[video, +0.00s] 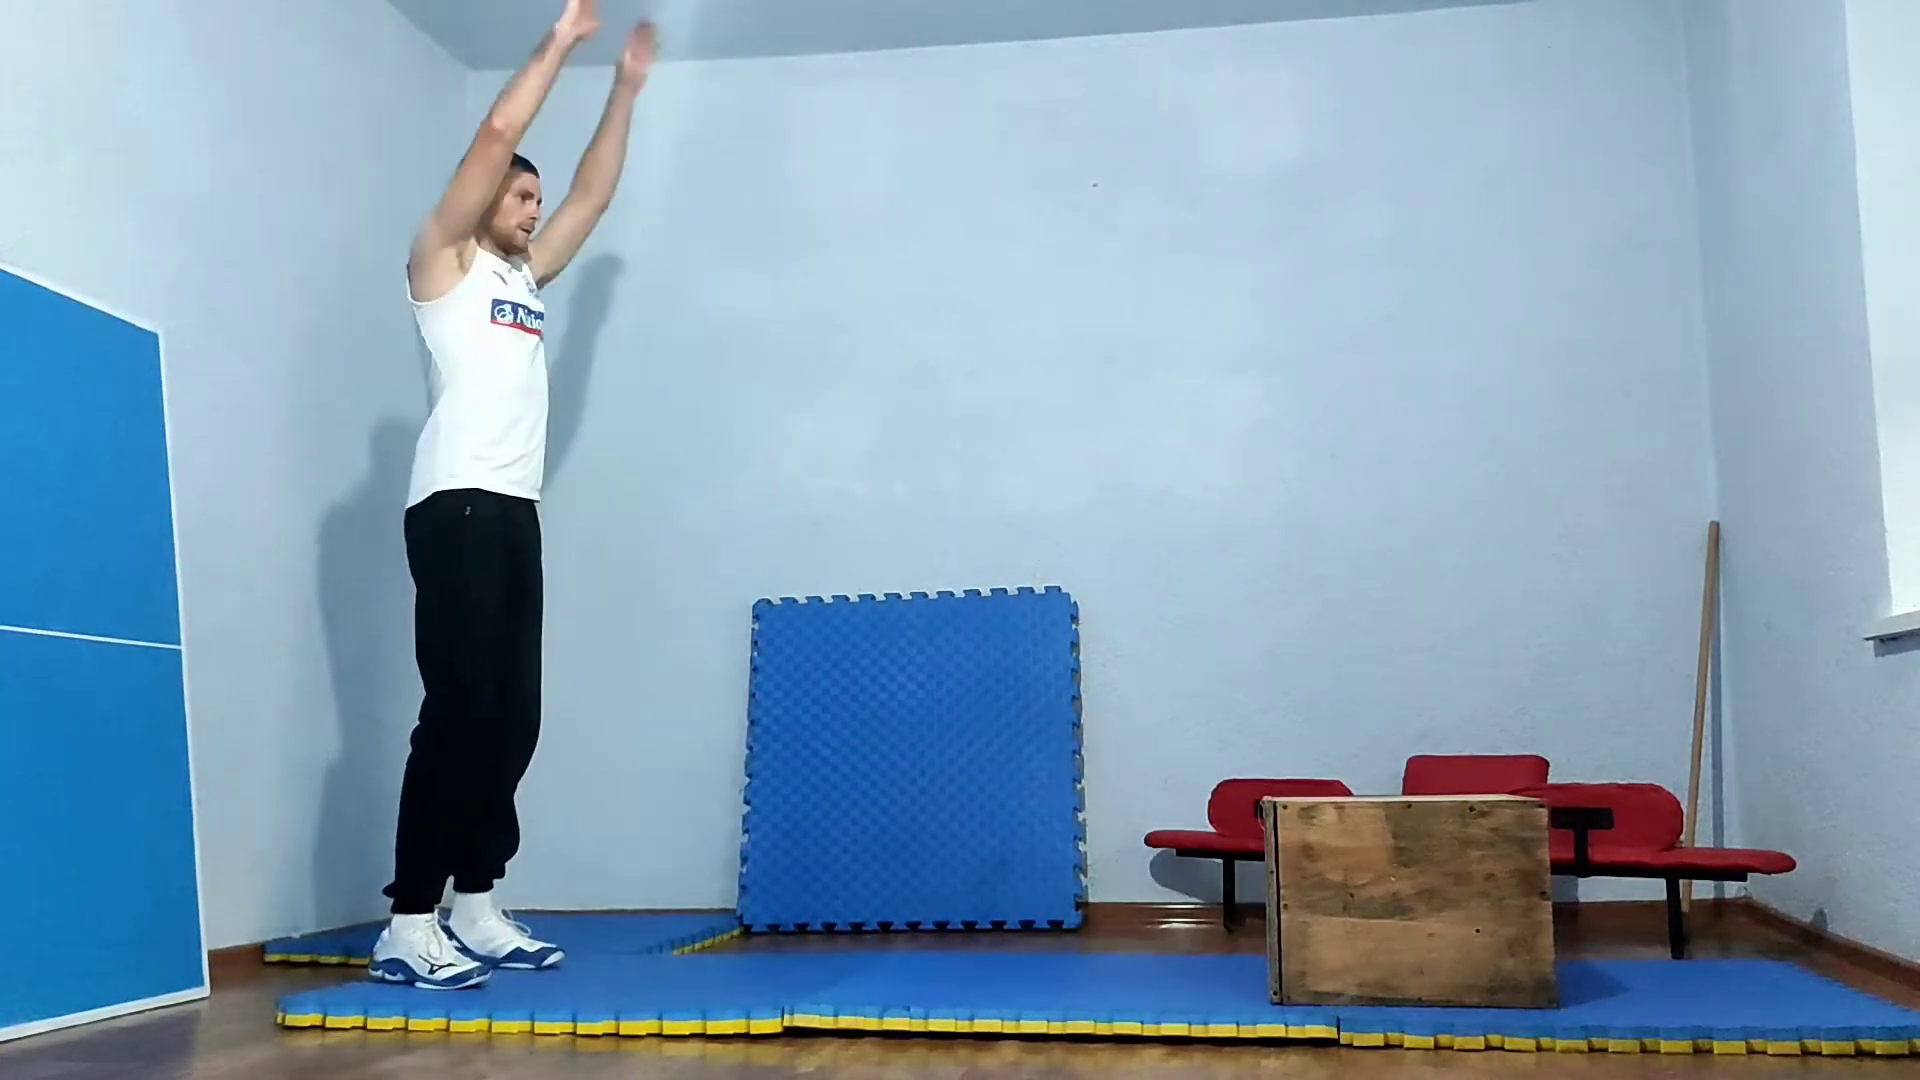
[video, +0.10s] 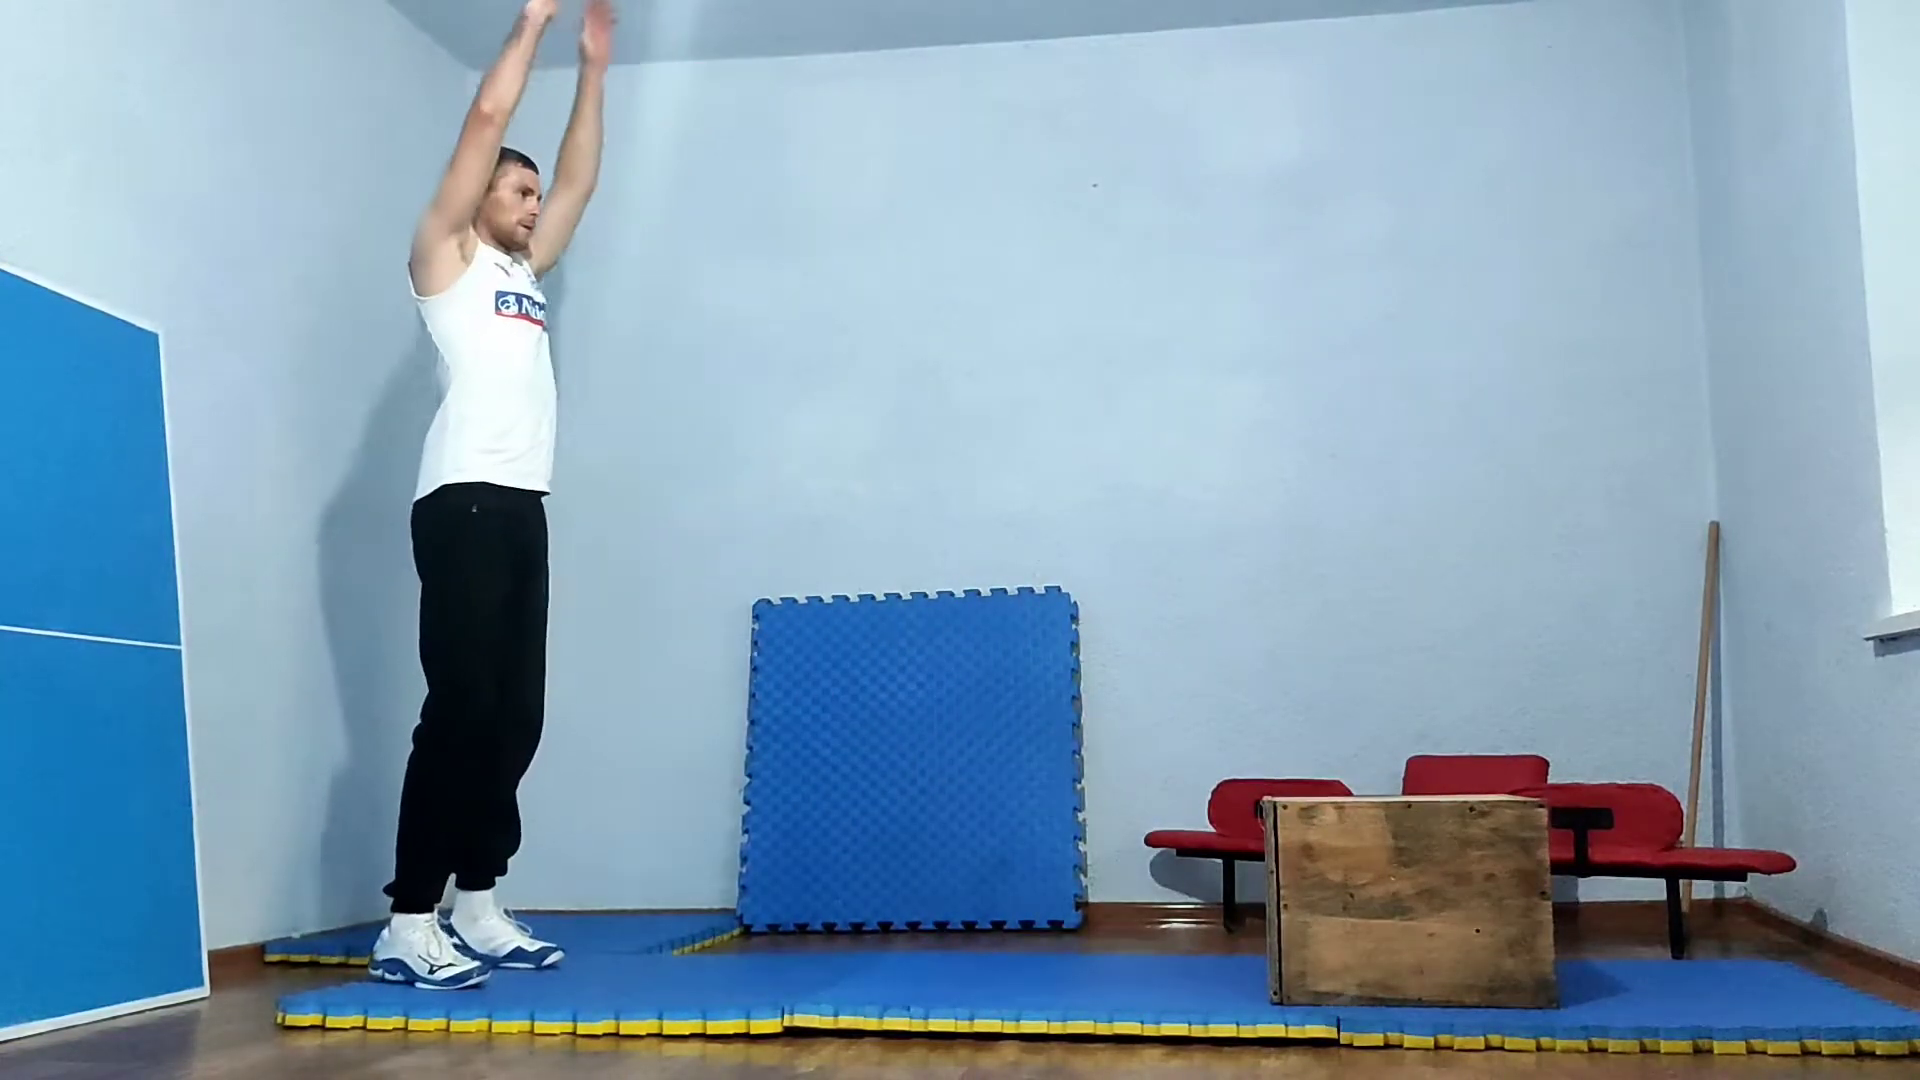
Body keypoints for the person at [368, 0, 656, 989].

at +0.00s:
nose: (534, 202)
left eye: (540, 194)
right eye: (520, 186)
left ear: (539, 209)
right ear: (483, 187)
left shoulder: (522, 276)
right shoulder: (444, 256)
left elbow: (590, 194)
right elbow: (497, 134)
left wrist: (628, 89)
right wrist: (561, 40)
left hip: (516, 519)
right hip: (456, 514)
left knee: (514, 719)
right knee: (460, 716)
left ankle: (472, 908)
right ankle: (407, 925)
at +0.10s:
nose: (532, 201)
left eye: (538, 192)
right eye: (517, 187)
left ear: (534, 206)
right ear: (481, 191)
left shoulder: (522, 273)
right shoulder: (448, 253)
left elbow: (576, 181)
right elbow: (484, 117)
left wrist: (594, 66)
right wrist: (532, 23)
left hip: (522, 515)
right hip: (462, 513)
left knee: (516, 719)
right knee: (462, 717)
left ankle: (474, 906)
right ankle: (408, 924)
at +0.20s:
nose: (532, 207)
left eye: (538, 197)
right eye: (517, 192)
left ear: (534, 208)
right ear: (479, 192)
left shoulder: (521, 272)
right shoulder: (449, 250)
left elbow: (567, 177)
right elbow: (478, 111)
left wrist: (572, 62)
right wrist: (513, 14)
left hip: (527, 512)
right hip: (469, 509)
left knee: (517, 719)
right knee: (461, 715)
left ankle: (473, 910)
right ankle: (405, 928)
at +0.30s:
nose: (532, 206)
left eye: (538, 196)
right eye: (517, 191)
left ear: (535, 206)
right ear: (480, 193)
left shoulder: (523, 272)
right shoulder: (452, 250)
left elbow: (563, 177)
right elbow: (477, 109)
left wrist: (562, 59)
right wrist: (499, 15)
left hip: (531, 513)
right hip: (473, 511)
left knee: (517, 721)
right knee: (463, 719)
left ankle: (473, 908)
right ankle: (406, 928)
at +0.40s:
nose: (534, 199)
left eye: (539, 189)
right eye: (519, 184)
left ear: (536, 201)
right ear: (482, 186)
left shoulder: (525, 264)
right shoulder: (454, 241)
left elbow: (563, 169)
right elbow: (479, 99)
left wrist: (561, 50)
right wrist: (502, 6)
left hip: (537, 505)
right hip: (477, 500)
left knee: (523, 711)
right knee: (464, 709)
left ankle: (482, 902)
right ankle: (411, 920)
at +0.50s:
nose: (536, 185)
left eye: (542, 176)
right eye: (520, 172)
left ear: (540, 191)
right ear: (484, 180)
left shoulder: (528, 253)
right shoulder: (458, 230)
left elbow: (564, 159)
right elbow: (482, 93)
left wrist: (562, 39)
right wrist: (505, 1)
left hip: (538, 494)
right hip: (476, 490)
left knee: (528, 702)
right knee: (458, 699)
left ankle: (492, 891)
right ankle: (418, 911)